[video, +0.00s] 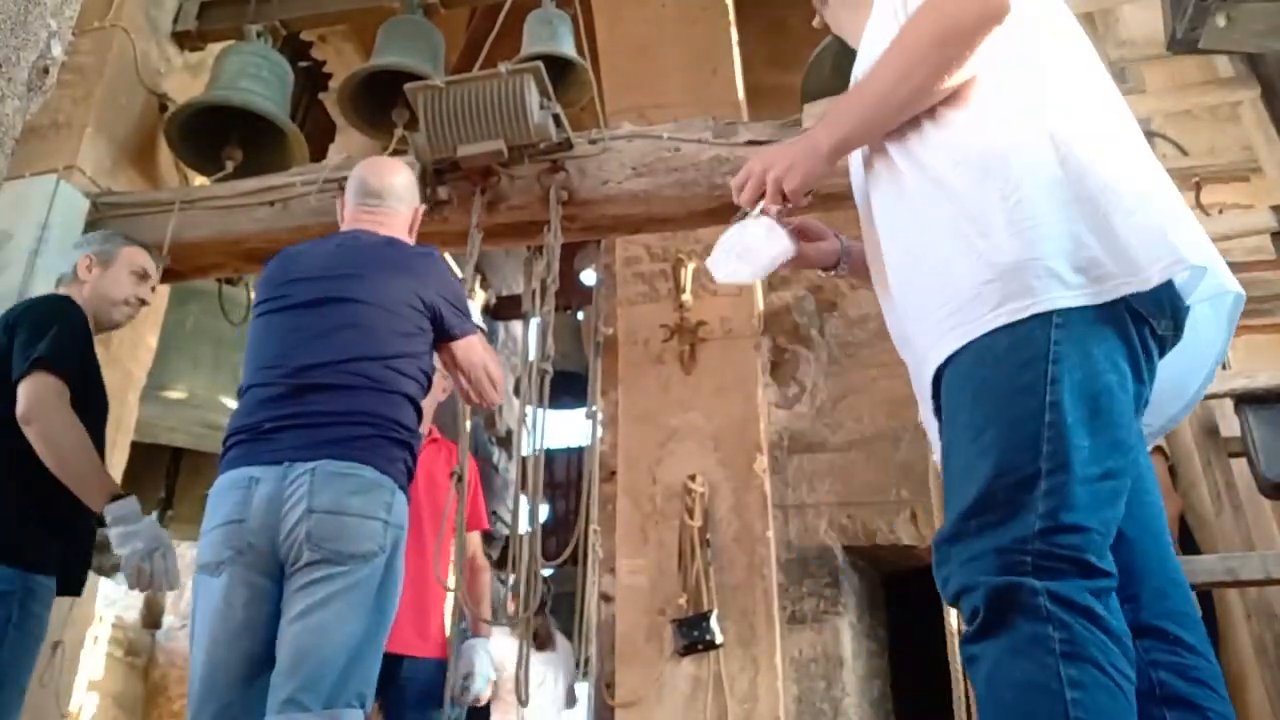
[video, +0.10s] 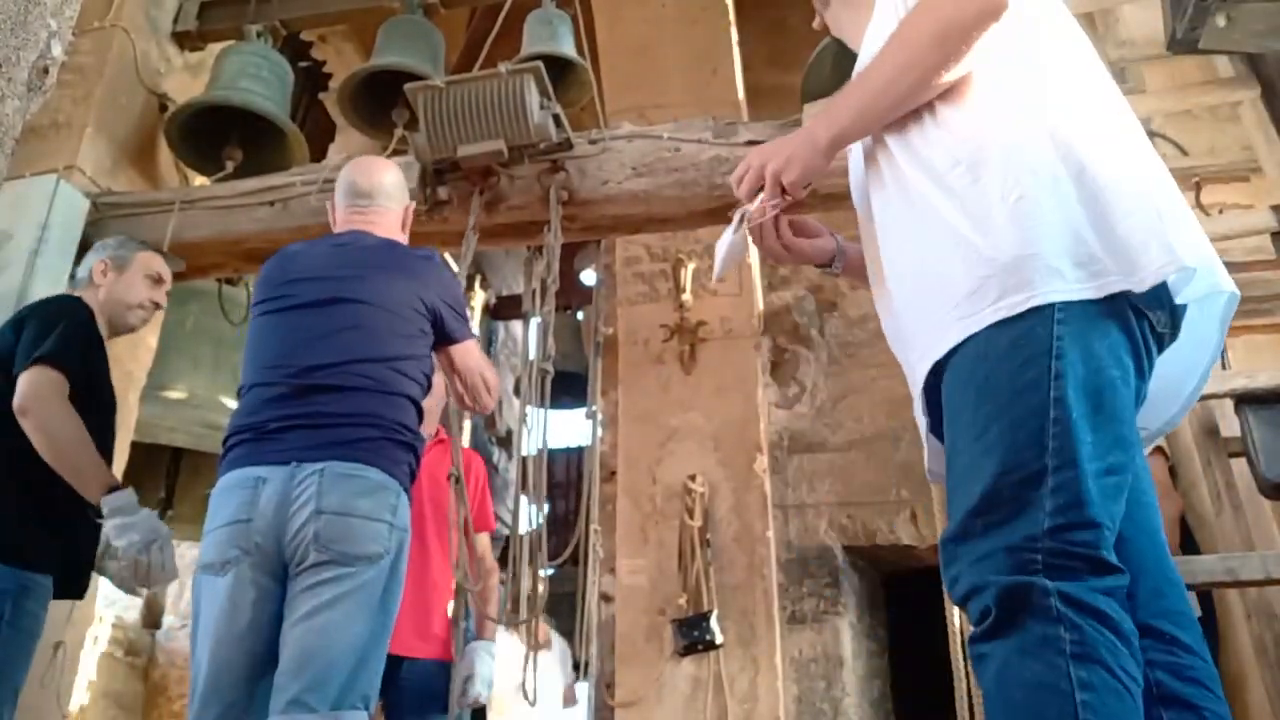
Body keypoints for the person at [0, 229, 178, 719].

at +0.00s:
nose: (147, 295)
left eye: (152, 287)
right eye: (138, 275)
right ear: (88, 266)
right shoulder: (58, 314)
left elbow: (26, 465)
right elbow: (39, 410)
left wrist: (92, 542)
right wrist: (123, 513)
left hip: (25, 566)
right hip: (19, 567)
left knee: (9, 704)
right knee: (6, 705)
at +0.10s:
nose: (161, 298)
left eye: (165, 290)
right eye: (152, 280)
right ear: (103, 272)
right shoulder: (69, 314)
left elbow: (35, 470)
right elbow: (36, 399)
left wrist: (100, 546)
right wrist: (119, 504)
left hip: (28, 564)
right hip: (17, 562)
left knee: (7, 702)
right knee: (3, 702)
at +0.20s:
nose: (173, 301)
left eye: (177, 293)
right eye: (163, 282)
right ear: (114, 274)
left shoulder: (94, 344)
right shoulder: (75, 315)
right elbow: (27, 392)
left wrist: (115, 566)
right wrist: (100, 509)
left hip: (27, 571)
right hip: (14, 567)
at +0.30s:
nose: (175, 299)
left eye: (179, 292)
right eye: (164, 280)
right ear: (115, 274)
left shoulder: (100, 360)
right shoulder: (67, 314)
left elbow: (67, 487)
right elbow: (10, 392)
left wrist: (92, 577)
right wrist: (60, 508)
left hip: (24, 573)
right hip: (8, 567)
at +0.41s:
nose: (164, 291)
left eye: (169, 285)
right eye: (153, 273)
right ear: (103, 269)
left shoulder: (91, 353)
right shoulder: (51, 315)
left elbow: (57, 482)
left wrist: (87, 578)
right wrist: (27, 494)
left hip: (26, 579)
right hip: (7, 572)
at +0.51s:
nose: (148, 286)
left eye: (153, 279)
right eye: (137, 267)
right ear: (86, 267)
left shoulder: (85, 367)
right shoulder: (30, 315)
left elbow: (56, 491)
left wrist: (96, 578)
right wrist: (9, 461)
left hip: (22, 577)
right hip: (6, 569)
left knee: (2, 701)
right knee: (1, 700)